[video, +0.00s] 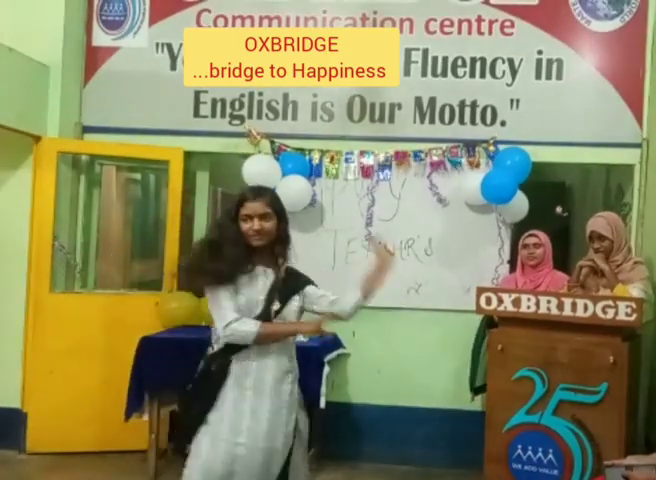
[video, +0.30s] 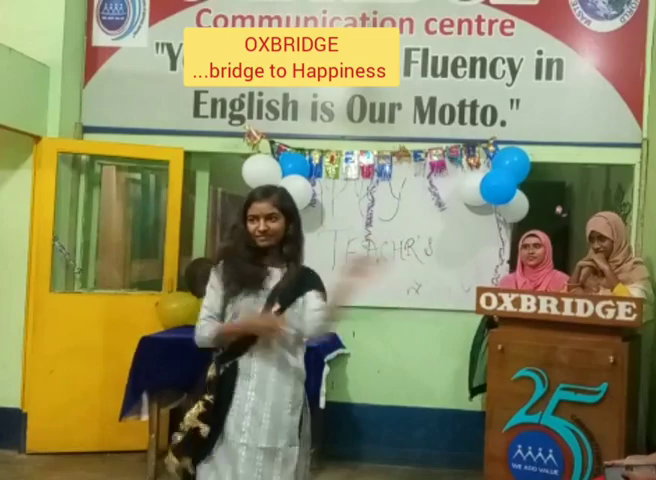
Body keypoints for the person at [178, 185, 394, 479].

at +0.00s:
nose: (255, 227)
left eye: (264, 218)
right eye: (247, 219)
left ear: (280, 223)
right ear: (236, 224)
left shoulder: (291, 279)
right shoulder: (221, 270)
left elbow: (341, 309)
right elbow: (230, 329)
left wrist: (378, 271)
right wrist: (299, 327)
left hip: (278, 386)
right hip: (233, 385)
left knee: (273, 462)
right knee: (218, 462)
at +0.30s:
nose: (261, 227)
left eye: (271, 219)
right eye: (253, 219)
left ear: (288, 223)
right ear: (244, 223)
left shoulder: (304, 279)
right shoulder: (226, 270)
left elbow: (312, 331)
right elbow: (203, 334)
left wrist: (346, 284)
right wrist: (248, 326)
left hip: (281, 393)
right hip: (235, 389)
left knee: (275, 465)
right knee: (228, 464)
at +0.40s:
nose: (255, 229)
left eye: (266, 221)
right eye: (248, 222)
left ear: (286, 227)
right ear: (240, 227)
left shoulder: (295, 278)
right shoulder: (241, 273)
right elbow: (213, 332)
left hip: (274, 380)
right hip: (236, 376)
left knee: (268, 463)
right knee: (233, 460)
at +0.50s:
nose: (231, 228)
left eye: (239, 220)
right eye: (232, 220)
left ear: (264, 227)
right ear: (265, 229)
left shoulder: (252, 281)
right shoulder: (279, 277)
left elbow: (185, 285)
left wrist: (181, 233)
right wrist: (183, 231)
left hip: (238, 384)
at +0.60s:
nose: (217, 233)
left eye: (219, 225)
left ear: (224, 231)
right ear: (272, 233)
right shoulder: (281, 279)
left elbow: (180, 260)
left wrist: (195, 213)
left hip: (218, 389)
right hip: (264, 387)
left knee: (213, 468)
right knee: (267, 464)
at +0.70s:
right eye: (244, 222)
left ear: (202, 228)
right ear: (241, 231)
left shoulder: (184, 266)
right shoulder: (244, 273)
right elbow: (304, 264)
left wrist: (240, 202)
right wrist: (286, 215)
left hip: (199, 373)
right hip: (242, 379)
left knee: (202, 457)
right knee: (264, 460)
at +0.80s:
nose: (238, 222)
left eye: (238, 215)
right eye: (231, 215)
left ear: (203, 220)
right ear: (213, 220)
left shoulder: (212, 256)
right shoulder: (205, 262)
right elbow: (263, 234)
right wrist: (259, 182)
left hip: (219, 360)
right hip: (215, 367)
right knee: (220, 462)